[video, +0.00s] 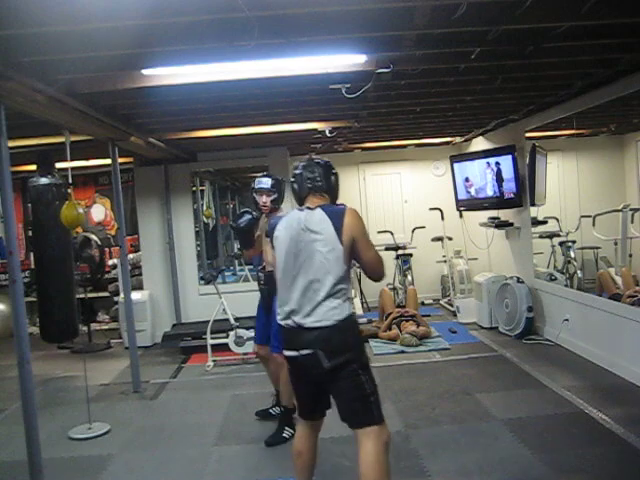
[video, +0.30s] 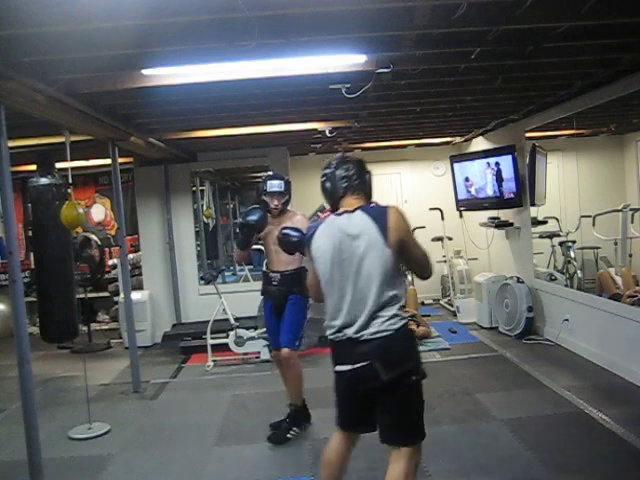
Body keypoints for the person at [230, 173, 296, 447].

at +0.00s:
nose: (264, 199)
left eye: (269, 193)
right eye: (259, 193)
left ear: (278, 195)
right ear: (255, 196)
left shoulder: (283, 223)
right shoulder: (260, 222)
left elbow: (280, 260)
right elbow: (252, 255)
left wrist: (264, 238)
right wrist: (254, 234)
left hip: (283, 288)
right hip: (265, 287)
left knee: (278, 354)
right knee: (262, 349)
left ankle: (289, 419)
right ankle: (282, 401)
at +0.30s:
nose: (275, 201)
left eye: (279, 196)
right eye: (270, 196)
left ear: (287, 197)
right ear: (263, 197)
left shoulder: (297, 219)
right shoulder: (259, 222)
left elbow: (312, 253)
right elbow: (240, 257)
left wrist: (303, 244)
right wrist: (246, 232)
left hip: (295, 287)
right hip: (270, 288)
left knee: (286, 353)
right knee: (278, 355)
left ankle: (298, 411)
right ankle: (297, 409)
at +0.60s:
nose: (289, 203)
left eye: (294, 198)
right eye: (284, 198)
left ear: (300, 198)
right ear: (274, 198)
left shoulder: (308, 222)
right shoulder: (266, 223)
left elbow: (332, 254)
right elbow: (244, 264)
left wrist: (315, 239)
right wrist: (256, 235)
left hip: (302, 291)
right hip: (274, 292)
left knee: (313, 360)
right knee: (282, 361)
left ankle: (336, 419)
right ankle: (300, 412)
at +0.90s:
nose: (276, 204)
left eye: (280, 199)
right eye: (271, 200)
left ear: (286, 200)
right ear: (260, 202)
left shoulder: (297, 226)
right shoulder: (253, 229)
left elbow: (326, 259)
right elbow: (233, 265)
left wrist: (308, 240)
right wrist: (244, 236)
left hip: (297, 298)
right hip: (266, 299)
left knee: (315, 363)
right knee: (253, 368)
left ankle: (336, 421)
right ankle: (250, 433)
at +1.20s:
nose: (245, 203)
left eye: (249, 197)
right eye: (240, 197)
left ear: (255, 197)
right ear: (227, 198)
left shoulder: (265, 222)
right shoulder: (213, 228)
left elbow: (293, 257)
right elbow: (201, 273)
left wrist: (298, 243)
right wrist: (217, 244)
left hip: (264, 299)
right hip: (230, 301)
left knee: (272, 371)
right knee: (233, 376)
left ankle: (294, 423)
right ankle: (242, 438)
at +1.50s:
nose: (239, 206)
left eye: (243, 201)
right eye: (233, 200)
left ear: (246, 203)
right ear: (217, 201)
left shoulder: (253, 228)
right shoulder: (199, 230)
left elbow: (282, 267)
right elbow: (189, 279)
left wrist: (289, 249)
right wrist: (210, 248)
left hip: (248, 310)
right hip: (212, 311)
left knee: (248, 391)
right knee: (205, 394)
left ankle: (243, 463)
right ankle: (226, 426)